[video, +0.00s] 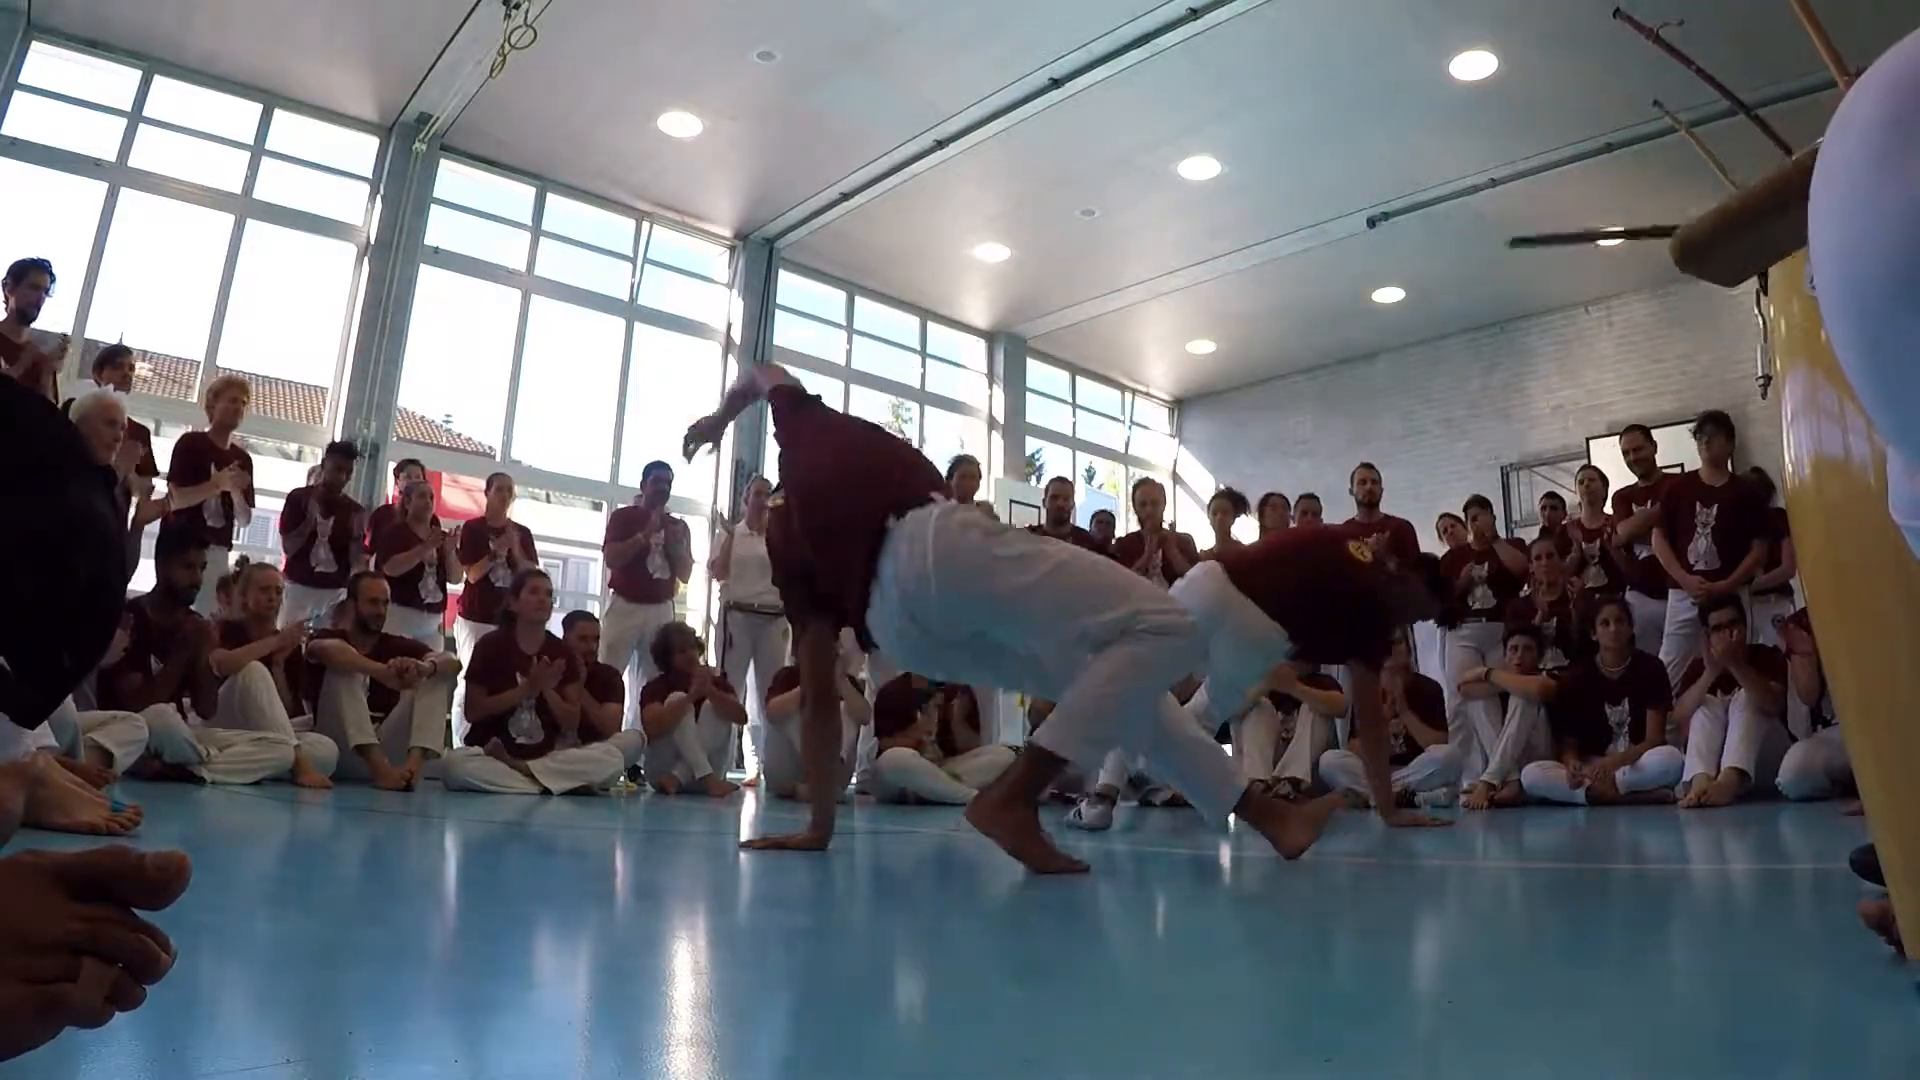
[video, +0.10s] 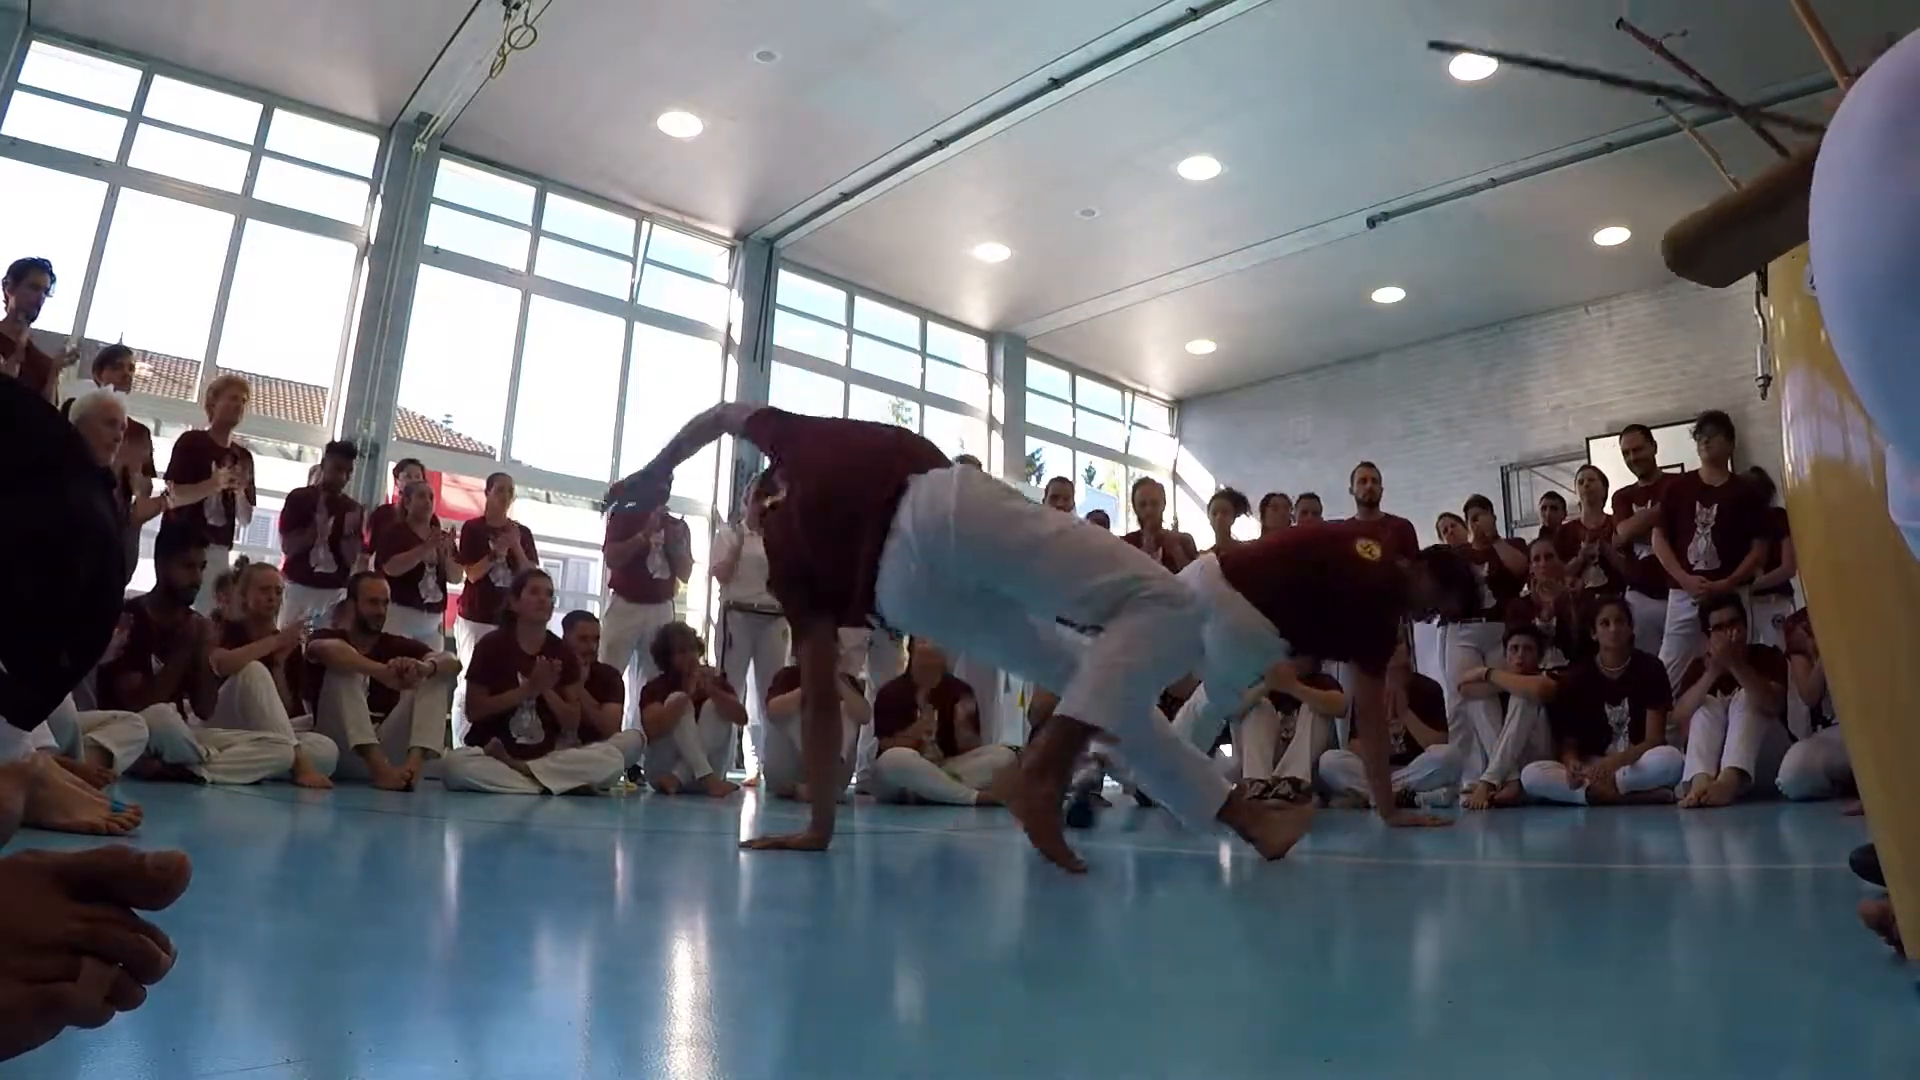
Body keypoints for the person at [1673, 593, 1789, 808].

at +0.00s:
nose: (1728, 634)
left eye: (1734, 625)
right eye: (1719, 629)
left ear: (1745, 626)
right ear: (1707, 635)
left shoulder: (1768, 656)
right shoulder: (1699, 666)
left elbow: (1774, 706)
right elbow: (1679, 717)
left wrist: (1736, 664)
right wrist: (1710, 672)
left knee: (1746, 696)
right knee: (1707, 704)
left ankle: (1731, 777)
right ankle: (1700, 780)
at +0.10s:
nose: (1729, 633)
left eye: (1735, 624)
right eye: (1720, 628)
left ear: (1745, 625)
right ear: (1708, 634)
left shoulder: (1769, 656)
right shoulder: (1700, 665)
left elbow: (1774, 706)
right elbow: (1680, 716)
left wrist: (1735, 664)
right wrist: (1711, 672)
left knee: (1746, 697)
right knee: (1707, 704)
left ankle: (1730, 778)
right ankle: (1700, 780)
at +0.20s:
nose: (1729, 633)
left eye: (1735, 624)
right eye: (1720, 628)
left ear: (1745, 625)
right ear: (1709, 633)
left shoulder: (1768, 656)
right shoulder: (1700, 665)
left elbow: (1774, 706)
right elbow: (1680, 716)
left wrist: (1736, 664)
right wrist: (1712, 674)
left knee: (1746, 697)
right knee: (1708, 704)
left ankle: (1731, 777)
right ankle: (1700, 780)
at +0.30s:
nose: (1730, 633)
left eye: (1735, 624)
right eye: (1720, 628)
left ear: (1746, 625)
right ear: (1708, 634)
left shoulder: (1769, 655)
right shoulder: (1700, 665)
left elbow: (1774, 706)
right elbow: (1679, 716)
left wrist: (1736, 665)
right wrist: (1710, 673)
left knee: (1746, 697)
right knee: (1707, 704)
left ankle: (1731, 777)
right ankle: (1700, 780)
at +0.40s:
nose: (1731, 633)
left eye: (1736, 624)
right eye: (1721, 628)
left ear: (1746, 625)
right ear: (1709, 634)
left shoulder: (1768, 655)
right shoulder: (1700, 664)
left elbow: (1774, 706)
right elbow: (1677, 717)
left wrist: (1737, 664)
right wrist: (1711, 674)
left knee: (1746, 697)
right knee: (1707, 703)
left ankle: (1731, 777)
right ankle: (1700, 781)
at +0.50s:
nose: (1729, 633)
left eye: (1735, 624)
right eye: (1720, 628)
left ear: (1746, 625)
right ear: (1708, 634)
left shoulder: (1769, 655)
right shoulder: (1700, 664)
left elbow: (1773, 707)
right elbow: (1677, 715)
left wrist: (1735, 663)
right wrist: (1712, 674)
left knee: (1745, 697)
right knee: (1707, 703)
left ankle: (1729, 779)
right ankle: (1700, 781)